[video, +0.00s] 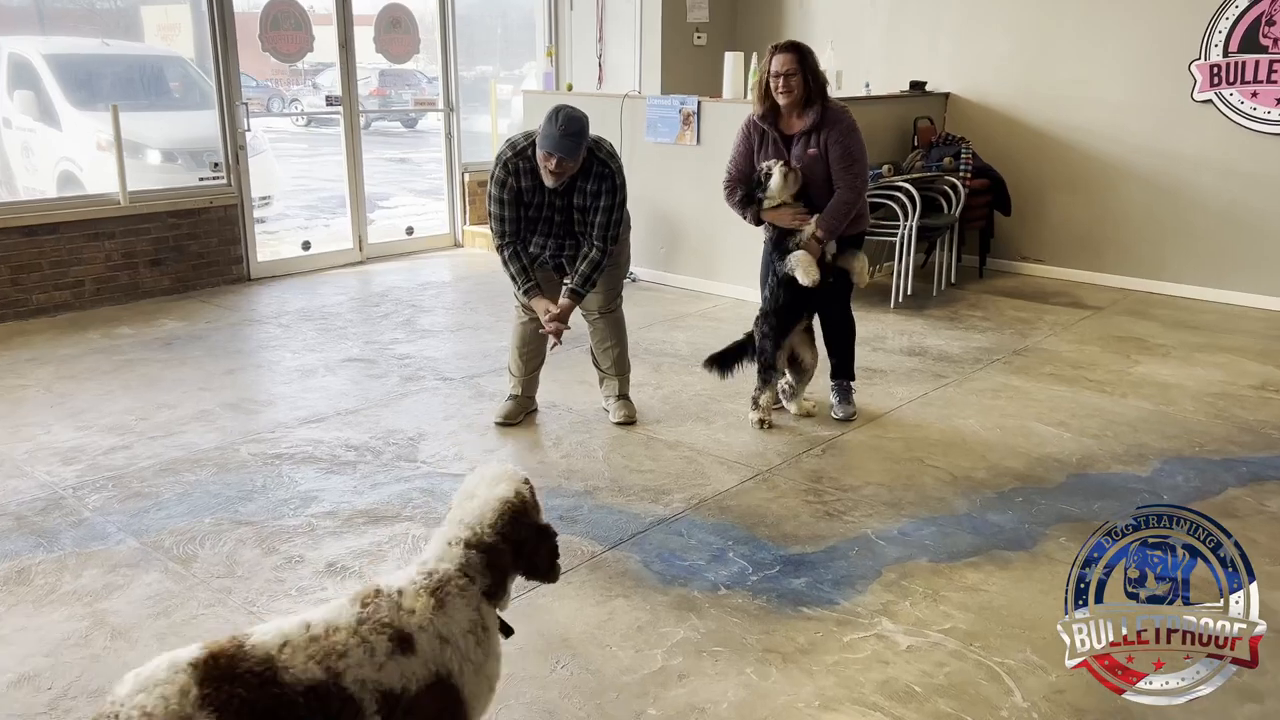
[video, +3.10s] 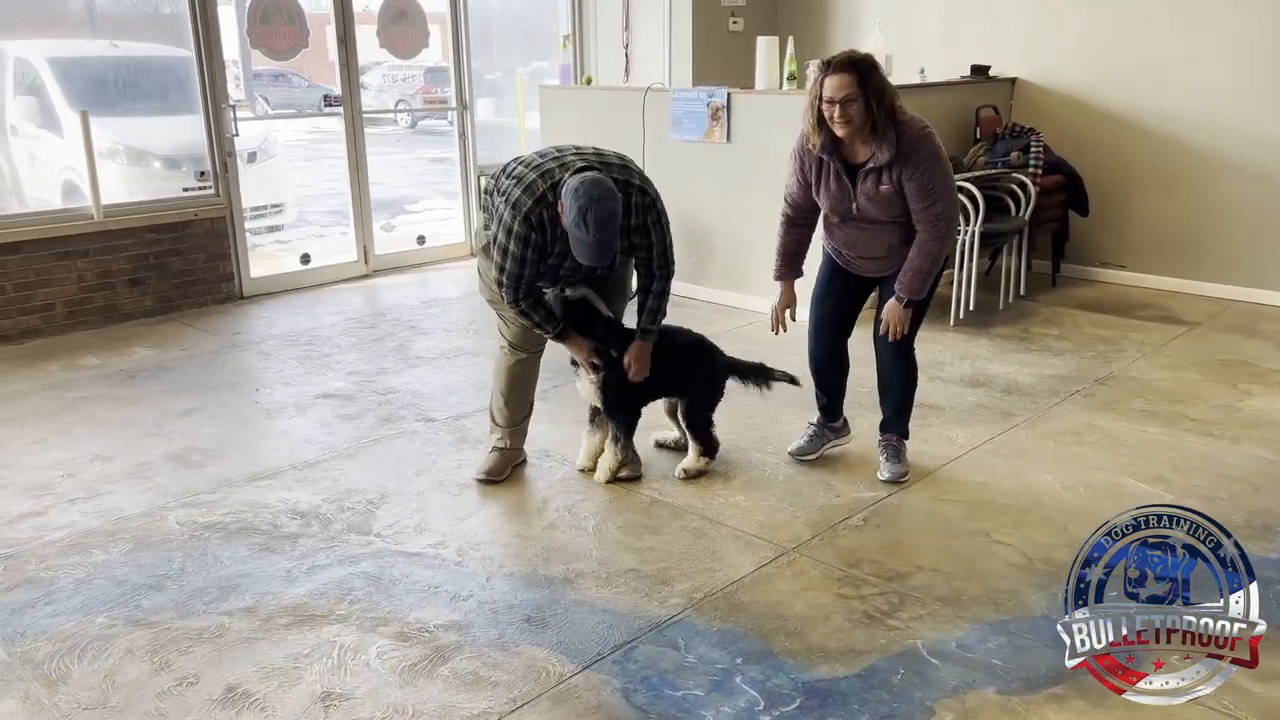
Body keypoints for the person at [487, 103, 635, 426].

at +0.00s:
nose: (554, 165)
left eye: (566, 159)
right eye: (548, 154)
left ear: (582, 152)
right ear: (539, 142)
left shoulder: (605, 166)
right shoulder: (511, 161)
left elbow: (600, 245)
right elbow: (506, 241)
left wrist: (566, 306)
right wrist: (536, 300)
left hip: (595, 242)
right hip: (540, 242)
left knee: (602, 310)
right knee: (528, 314)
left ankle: (616, 395)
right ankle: (521, 396)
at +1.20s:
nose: (512, 152)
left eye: (526, 142)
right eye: (505, 138)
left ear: (549, 135)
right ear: (494, 128)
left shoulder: (579, 169)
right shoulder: (466, 163)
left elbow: (584, 258)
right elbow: (454, 249)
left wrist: (549, 325)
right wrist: (492, 317)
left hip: (567, 264)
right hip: (501, 263)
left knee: (573, 345)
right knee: (487, 343)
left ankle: (587, 442)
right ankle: (476, 440)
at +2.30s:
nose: (556, 135)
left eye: (564, 127)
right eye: (549, 125)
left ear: (577, 105)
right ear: (523, 101)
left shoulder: (587, 132)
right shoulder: (470, 125)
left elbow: (599, 215)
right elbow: (453, 219)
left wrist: (564, 284)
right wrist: (495, 288)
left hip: (558, 264)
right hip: (485, 262)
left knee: (568, 349)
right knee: (478, 350)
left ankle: (581, 442)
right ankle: (466, 441)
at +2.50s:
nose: (573, 150)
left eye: (582, 144)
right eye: (566, 141)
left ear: (597, 117)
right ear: (543, 115)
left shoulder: (606, 135)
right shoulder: (488, 131)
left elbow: (627, 199)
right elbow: (468, 223)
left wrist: (613, 259)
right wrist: (503, 296)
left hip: (568, 258)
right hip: (496, 256)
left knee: (579, 345)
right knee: (490, 349)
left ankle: (592, 440)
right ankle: (478, 439)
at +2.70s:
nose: (591, 182)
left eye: (600, 176)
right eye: (584, 174)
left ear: (618, 147)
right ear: (563, 148)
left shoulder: (628, 154)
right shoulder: (511, 152)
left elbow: (651, 213)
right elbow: (491, 245)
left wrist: (672, 281)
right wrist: (522, 320)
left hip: (582, 256)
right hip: (511, 253)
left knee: (592, 345)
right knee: (502, 345)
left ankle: (605, 440)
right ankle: (492, 440)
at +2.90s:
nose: (602, 229)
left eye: (611, 226)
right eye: (592, 219)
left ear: (629, 185)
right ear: (572, 188)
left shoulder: (643, 173)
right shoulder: (529, 192)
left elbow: (658, 227)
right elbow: (523, 282)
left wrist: (660, 294)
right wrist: (575, 339)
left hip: (596, 240)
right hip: (516, 242)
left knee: (604, 334)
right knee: (519, 334)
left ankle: (615, 438)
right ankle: (503, 440)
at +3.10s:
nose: (590, 259)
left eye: (601, 253)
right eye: (580, 246)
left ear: (619, 209)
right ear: (562, 212)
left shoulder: (641, 196)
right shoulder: (524, 209)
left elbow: (658, 269)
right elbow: (514, 291)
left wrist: (645, 338)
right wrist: (568, 338)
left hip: (605, 252)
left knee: (607, 339)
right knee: (521, 338)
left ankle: (615, 440)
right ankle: (506, 445)